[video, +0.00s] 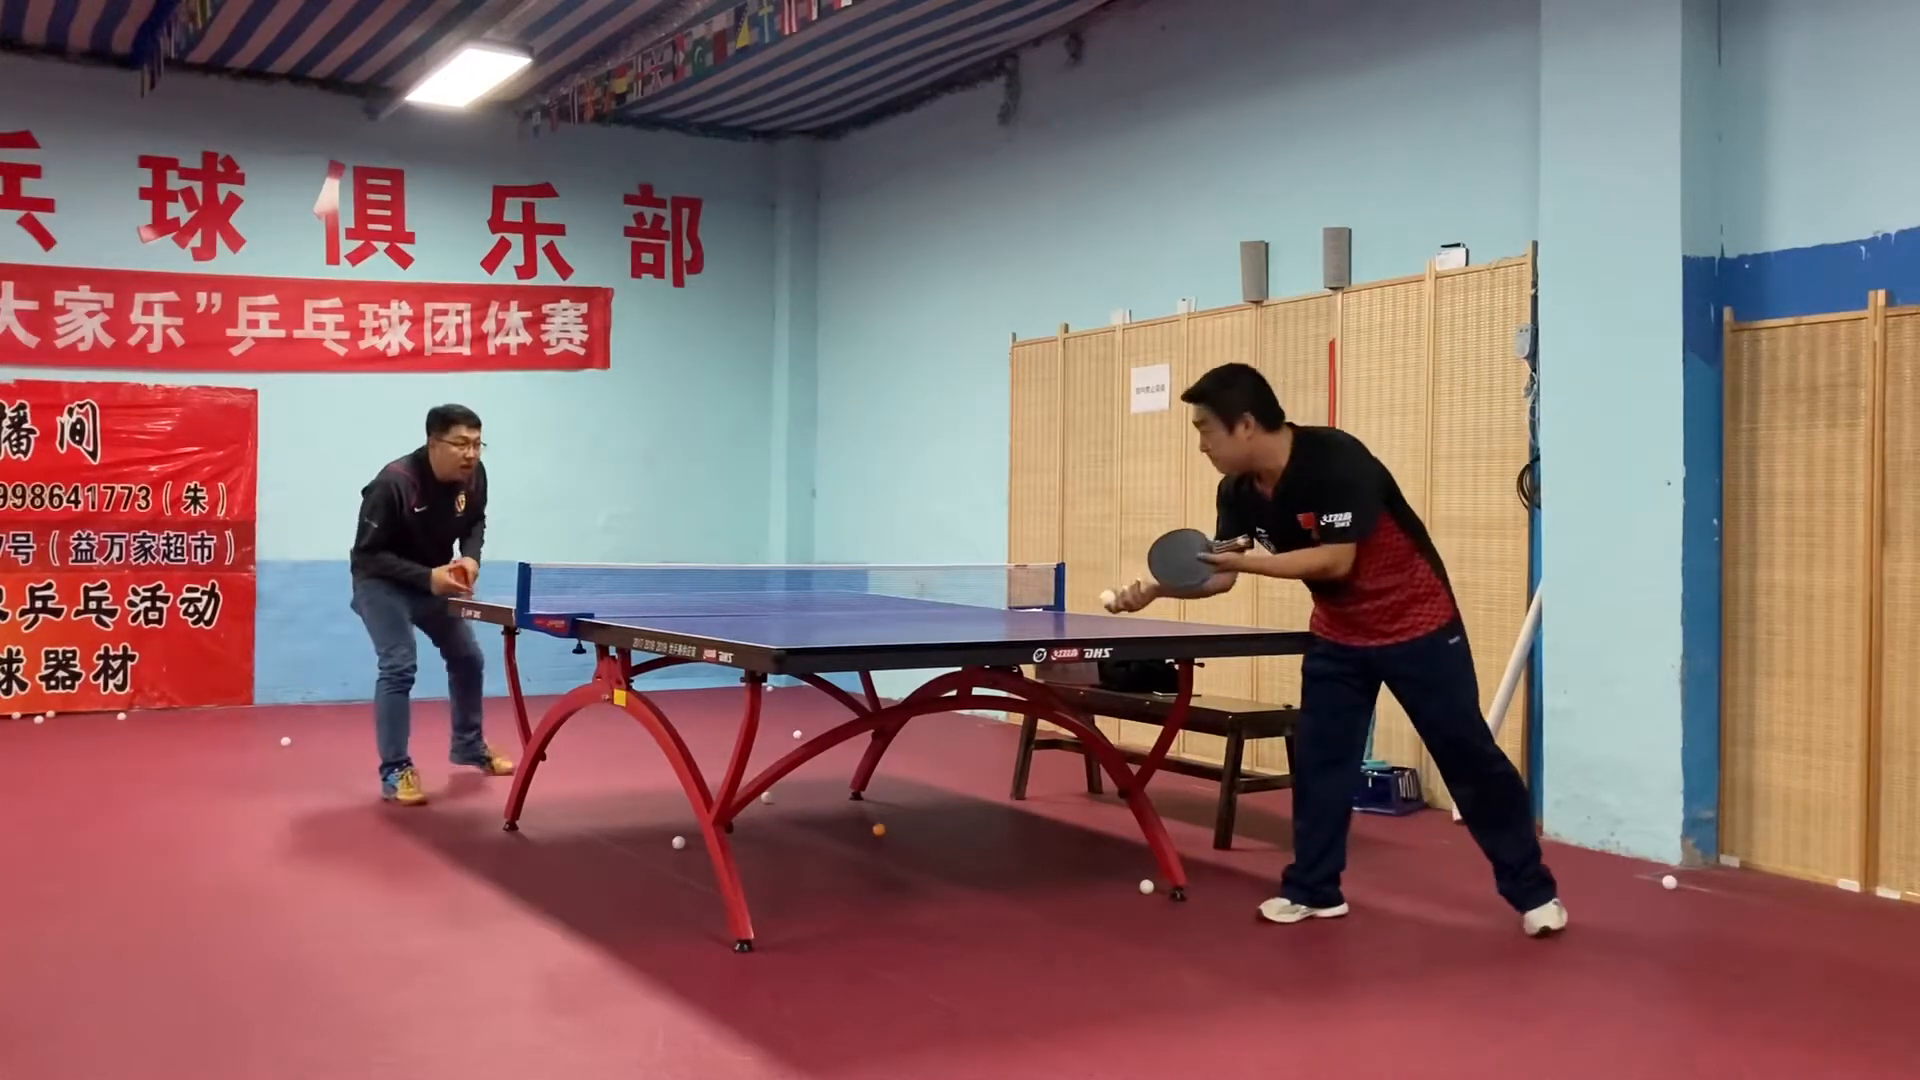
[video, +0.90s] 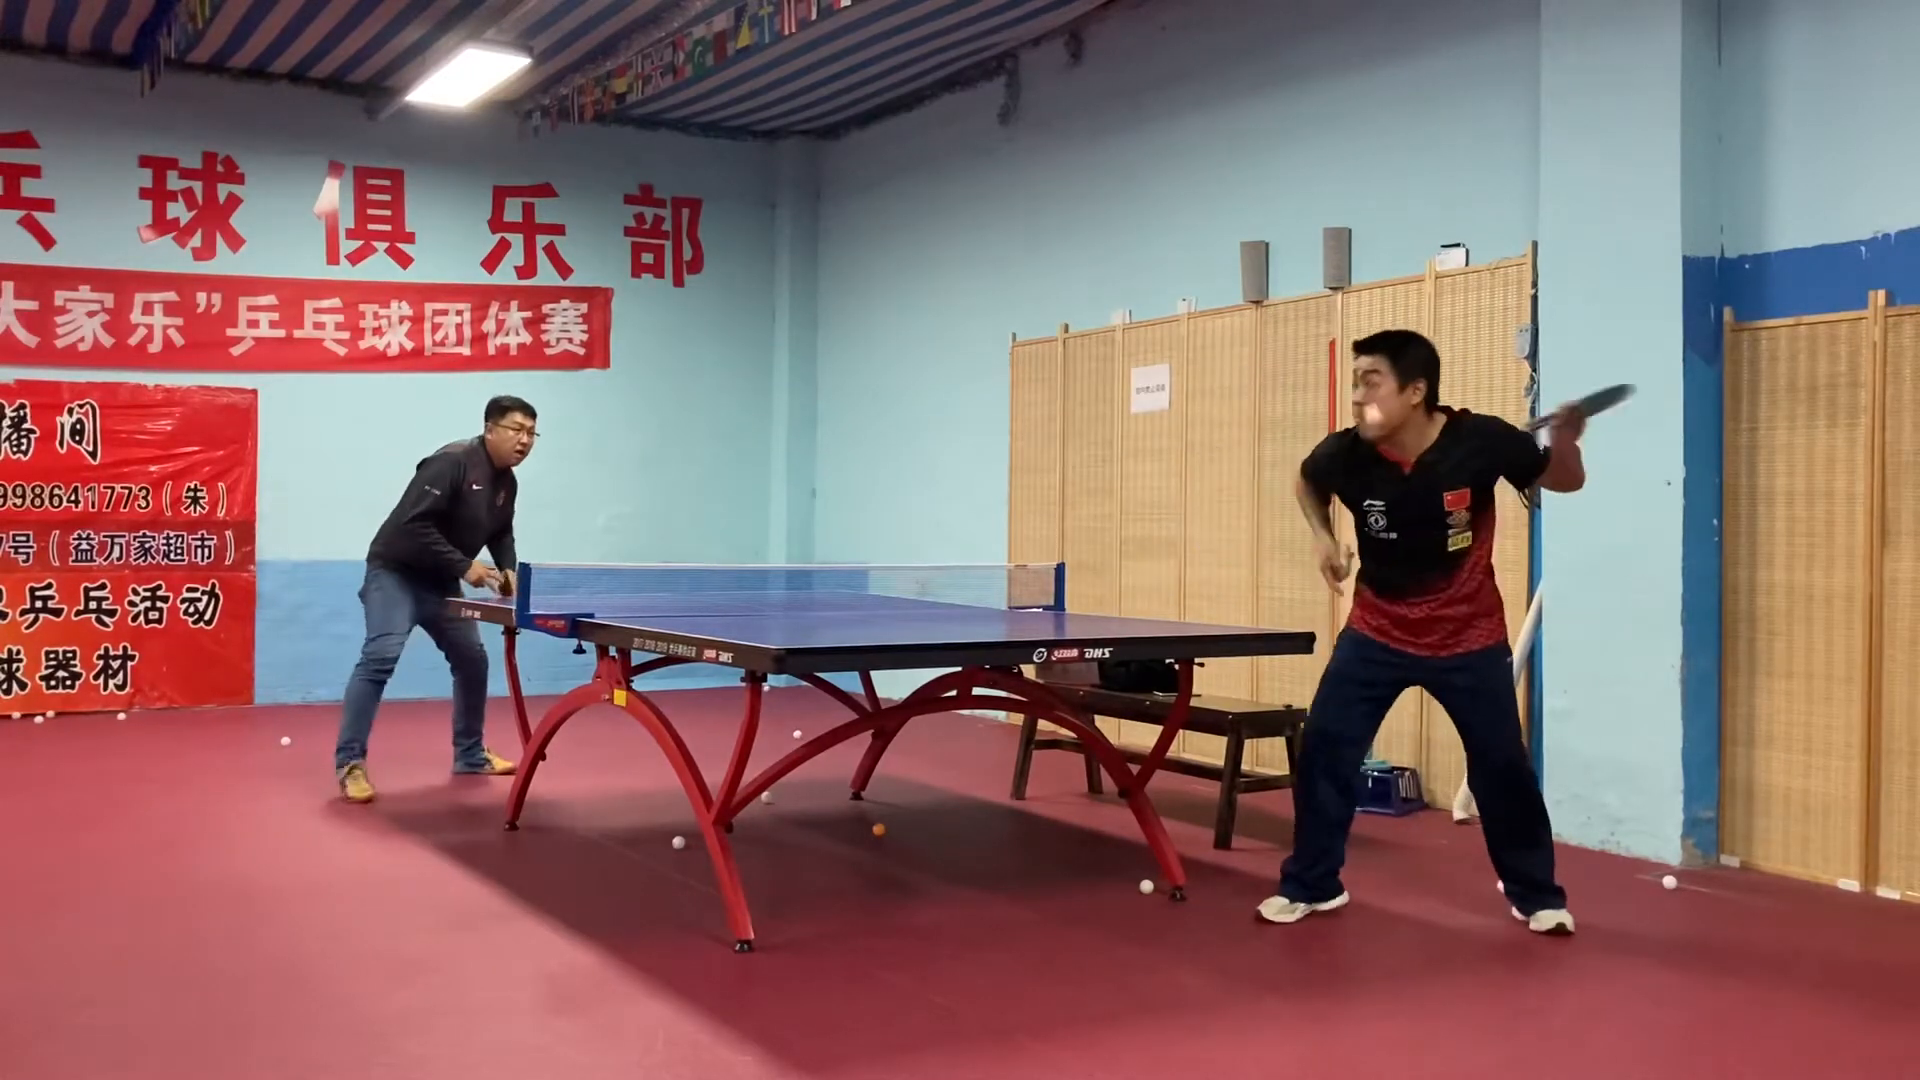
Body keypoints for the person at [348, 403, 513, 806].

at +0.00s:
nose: (470, 454)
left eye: (476, 444)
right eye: (461, 444)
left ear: (480, 444)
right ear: (432, 443)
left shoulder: (473, 475)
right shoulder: (393, 483)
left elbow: (475, 523)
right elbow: (367, 556)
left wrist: (470, 558)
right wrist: (427, 577)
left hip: (432, 582)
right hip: (381, 582)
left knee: (468, 658)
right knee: (399, 665)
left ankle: (468, 746)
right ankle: (395, 770)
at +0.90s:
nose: (524, 440)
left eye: (530, 433)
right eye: (516, 430)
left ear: (534, 439)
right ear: (490, 429)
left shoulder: (507, 484)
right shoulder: (451, 463)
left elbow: (501, 533)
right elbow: (412, 527)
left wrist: (508, 570)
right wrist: (463, 565)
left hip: (440, 581)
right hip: (393, 573)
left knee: (472, 658)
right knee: (382, 655)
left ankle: (469, 756)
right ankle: (350, 763)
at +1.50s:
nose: (487, 430)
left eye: (493, 423)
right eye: (478, 420)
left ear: (496, 425)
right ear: (450, 417)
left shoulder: (489, 464)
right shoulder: (398, 453)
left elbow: (507, 515)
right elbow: (363, 517)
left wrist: (536, 538)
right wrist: (404, 554)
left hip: (457, 594)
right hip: (394, 595)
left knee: (513, 659)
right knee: (358, 676)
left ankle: (534, 766)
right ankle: (307, 775)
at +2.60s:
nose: (577, 430)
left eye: (586, 423)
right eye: (568, 420)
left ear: (595, 427)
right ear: (549, 419)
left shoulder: (595, 475)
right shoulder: (507, 461)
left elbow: (611, 527)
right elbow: (463, 517)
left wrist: (633, 547)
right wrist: (479, 576)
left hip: (560, 590)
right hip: (500, 587)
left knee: (608, 657)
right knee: (460, 667)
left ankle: (613, 753)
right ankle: (414, 761)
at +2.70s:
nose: (580, 438)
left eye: (590, 431)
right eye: (572, 428)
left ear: (600, 435)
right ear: (555, 426)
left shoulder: (603, 483)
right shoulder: (517, 467)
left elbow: (618, 541)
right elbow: (477, 527)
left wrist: (615, 557)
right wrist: (500, 577)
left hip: (569, 596)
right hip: (507, 591)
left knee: (611, 660)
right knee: (467, 665)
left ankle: (613, 755)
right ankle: (420, 762)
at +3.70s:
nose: (520, 420)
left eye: (529, 412)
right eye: (511, 411)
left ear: (539, 417)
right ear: (494, 415)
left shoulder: (551, 463)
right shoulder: (462, 459)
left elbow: (568, 521)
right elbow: (434, 520)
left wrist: (553, 570)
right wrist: (432, 568)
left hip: (530, 580)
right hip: (470, 578)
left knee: (561, 657)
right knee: (439, 660)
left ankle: (575, 747)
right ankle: (406, 757)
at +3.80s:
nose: (529, 414)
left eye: (537, 407)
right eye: (519, 405)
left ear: (545, 411)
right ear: (500, 409)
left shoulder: (552, 459)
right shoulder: (466, 452)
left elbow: (566, 513)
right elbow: (436, 514)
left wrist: (568, 553)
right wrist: (444, 558)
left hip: (526, 581)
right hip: (470, 579)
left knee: (562, 657)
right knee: (437, 659)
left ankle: (573, 745)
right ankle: (391, 751)